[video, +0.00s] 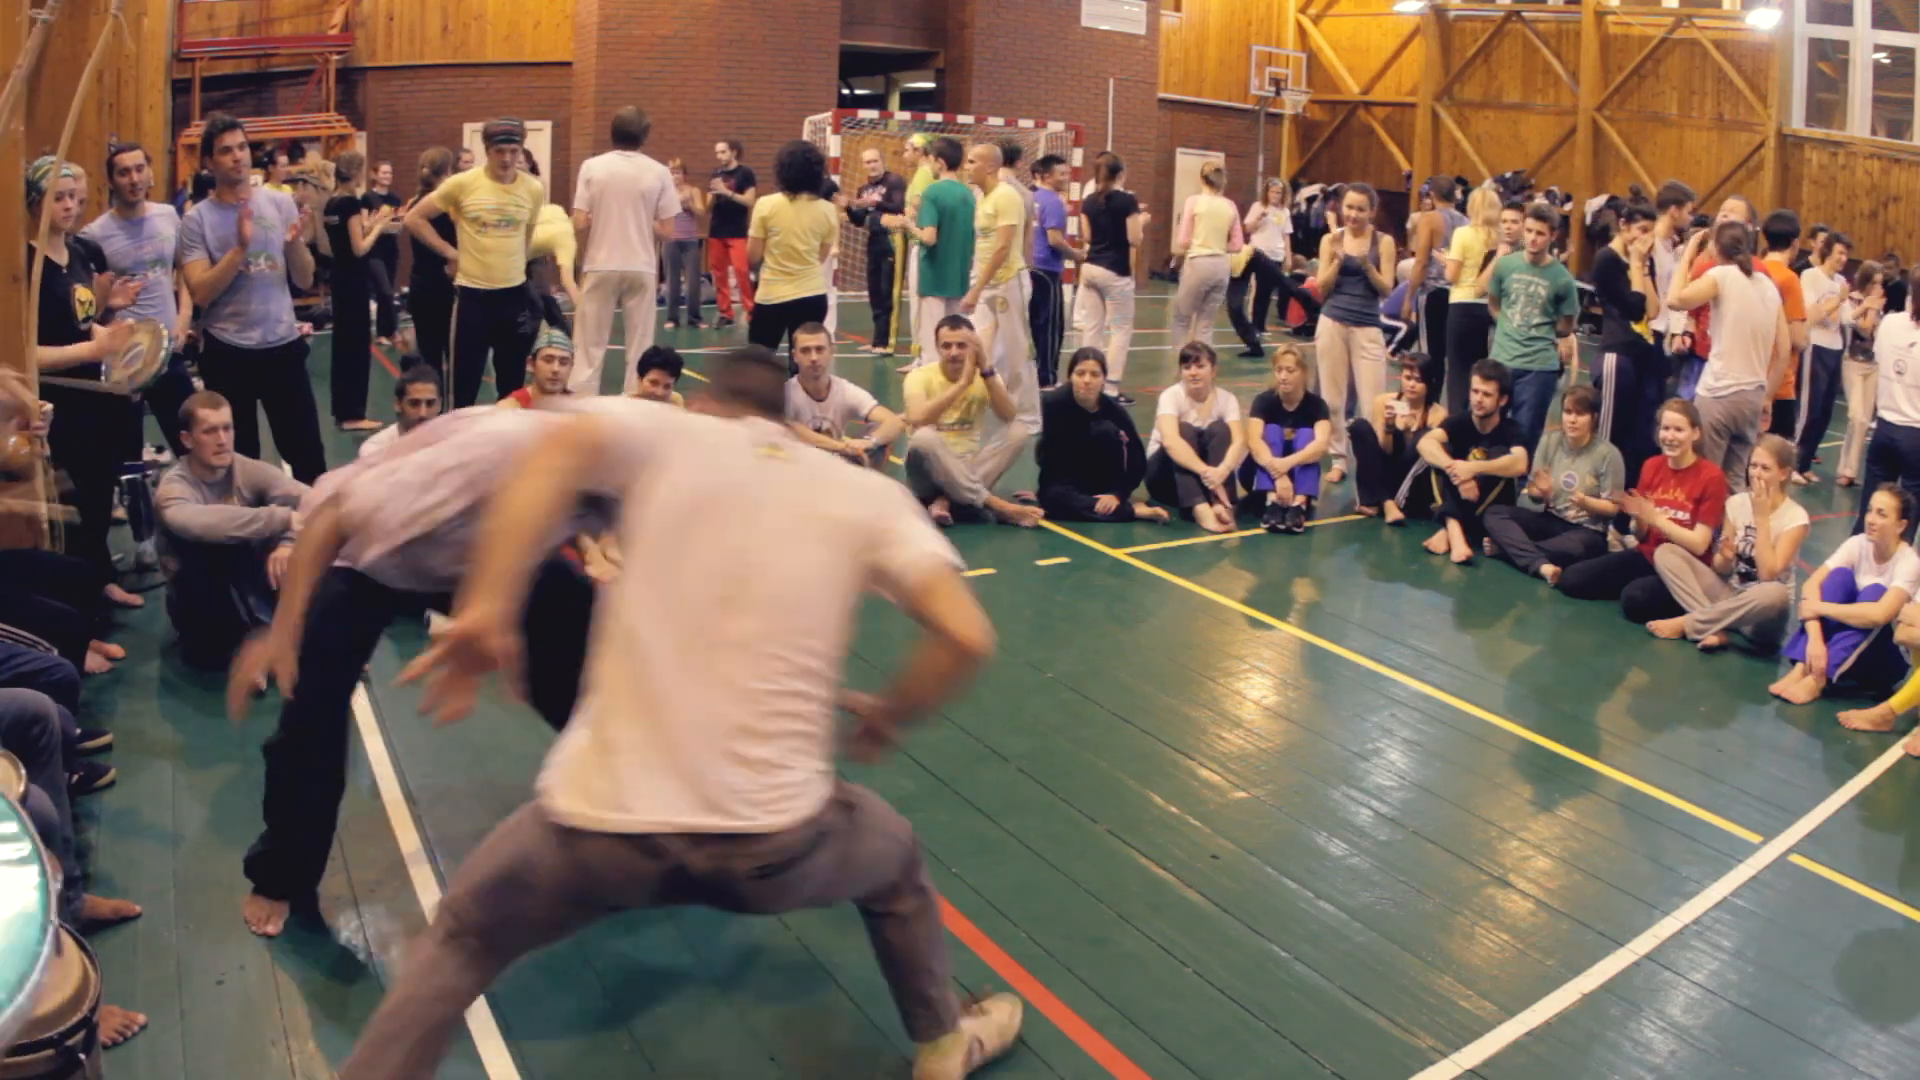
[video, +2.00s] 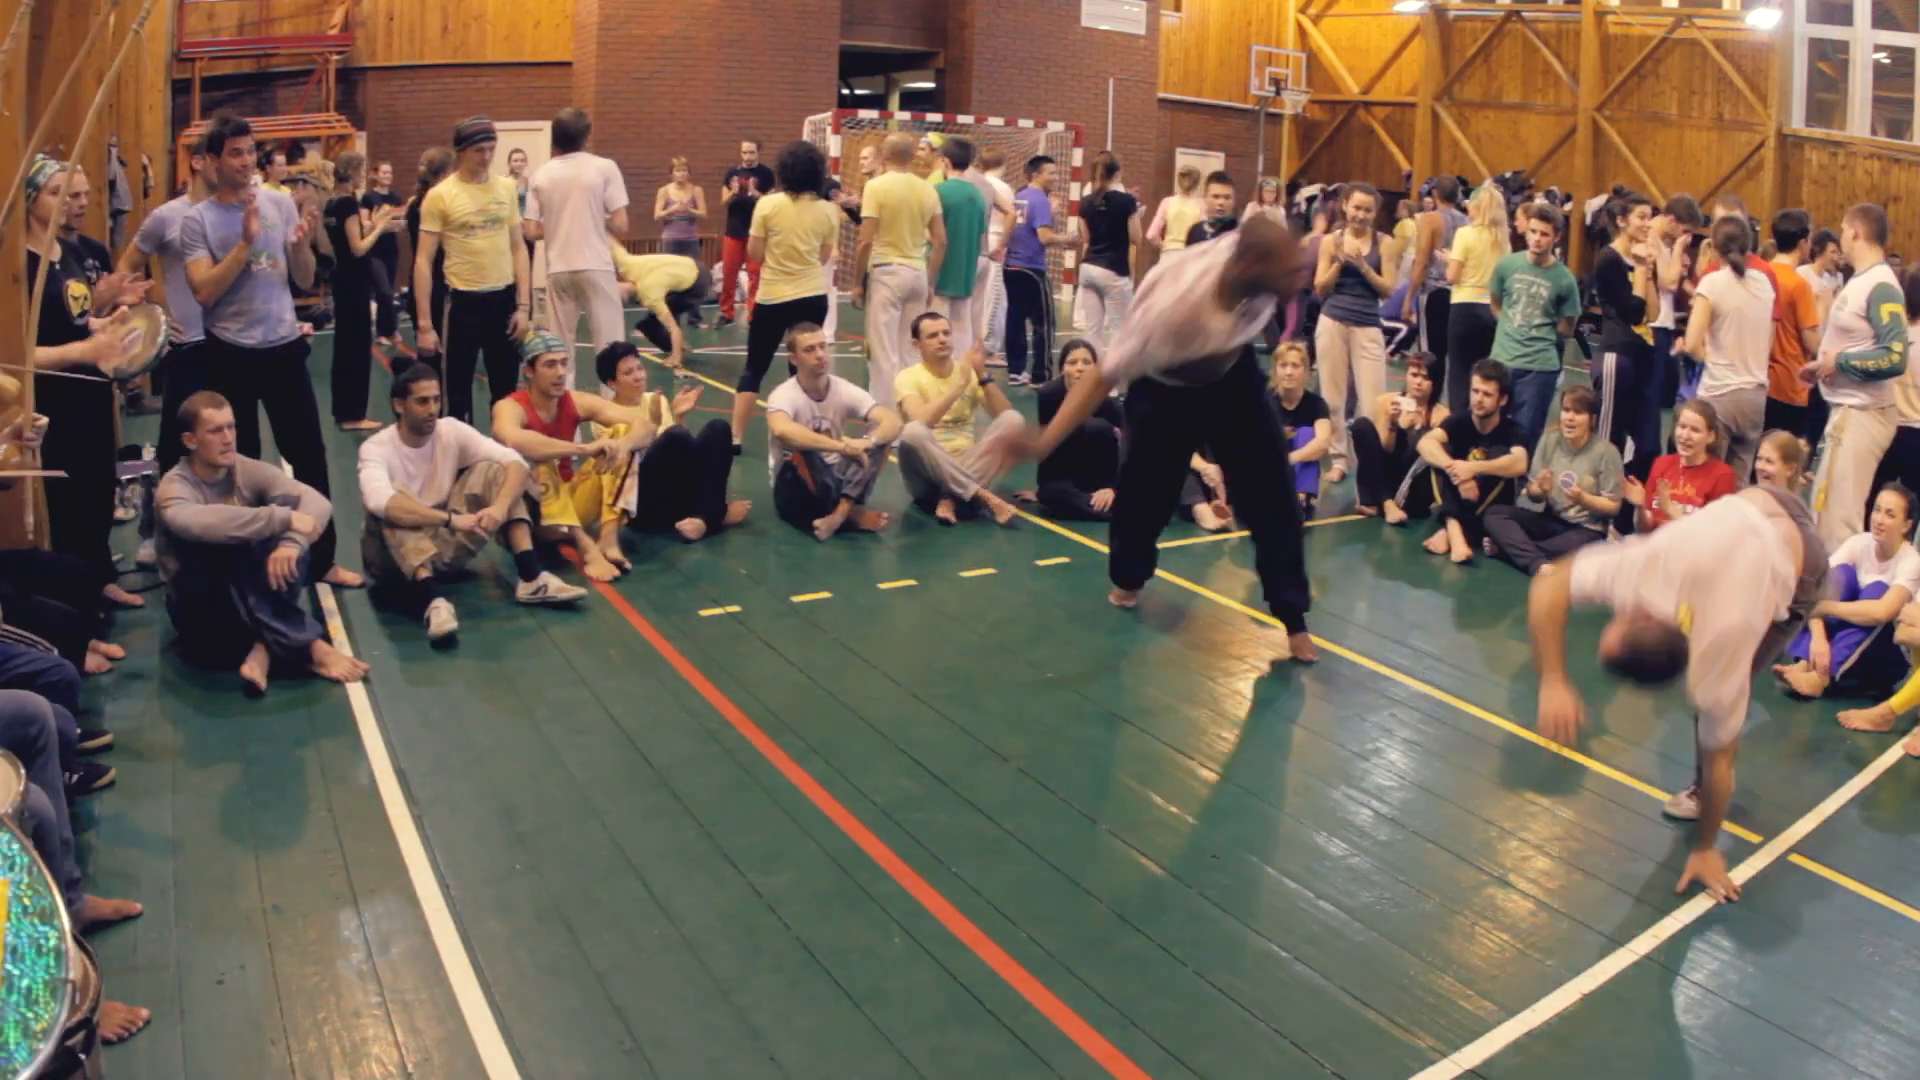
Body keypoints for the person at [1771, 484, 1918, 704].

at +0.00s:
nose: (1870, 519)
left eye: (1881, 514)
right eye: (1869, 511)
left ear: (1901, 526)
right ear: (1864, 513)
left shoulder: (1909, 562)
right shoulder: (1857, 544)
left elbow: (1880, 616)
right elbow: (1810, 585)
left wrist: (1819, 607)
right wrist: (1815, 641)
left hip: (1881, 667)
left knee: (1875, 592)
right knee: (1840, 577)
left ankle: (1818, 678)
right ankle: (1800, 667)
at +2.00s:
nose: (1879, 519)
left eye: (1890, 514)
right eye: (1877, 510)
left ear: (1907, 525)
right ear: (1870, 513)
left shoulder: (1912, 561)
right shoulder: (1858, 543)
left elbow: (1883, 613)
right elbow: (1819, 588)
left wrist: (1824, 607)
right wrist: (1819, 639)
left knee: (1878, 590)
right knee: (1840, 574)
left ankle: (1822, 675)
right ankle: (1806, 663)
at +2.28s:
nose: (1876, 511)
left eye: (1887, 507)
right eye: (1878, 504)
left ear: (1907, 524)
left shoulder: (1913, 558)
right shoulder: (1862, 541)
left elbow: (1885, 609)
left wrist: (1823, 603)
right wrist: (1823, 646)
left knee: (1879, 587)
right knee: (1847, 577)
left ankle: (1828, 672)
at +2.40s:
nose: (1873, 505)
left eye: (1883, 502)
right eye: (1878, 499)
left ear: (1900, 520)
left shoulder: (1912, 556)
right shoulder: (1862, 540)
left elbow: (1887, 608)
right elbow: (1822, 584)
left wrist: (1834, 606)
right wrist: (1822, 638)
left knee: (1878, 587)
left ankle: (1829, 666)